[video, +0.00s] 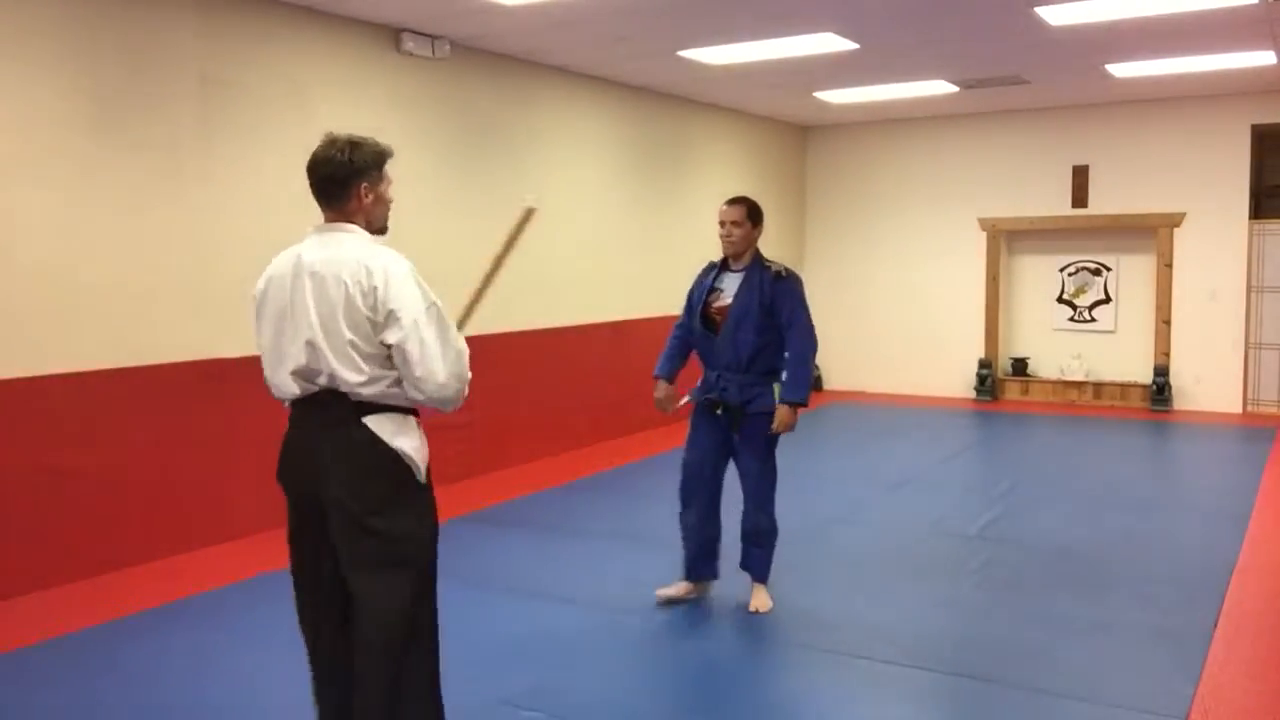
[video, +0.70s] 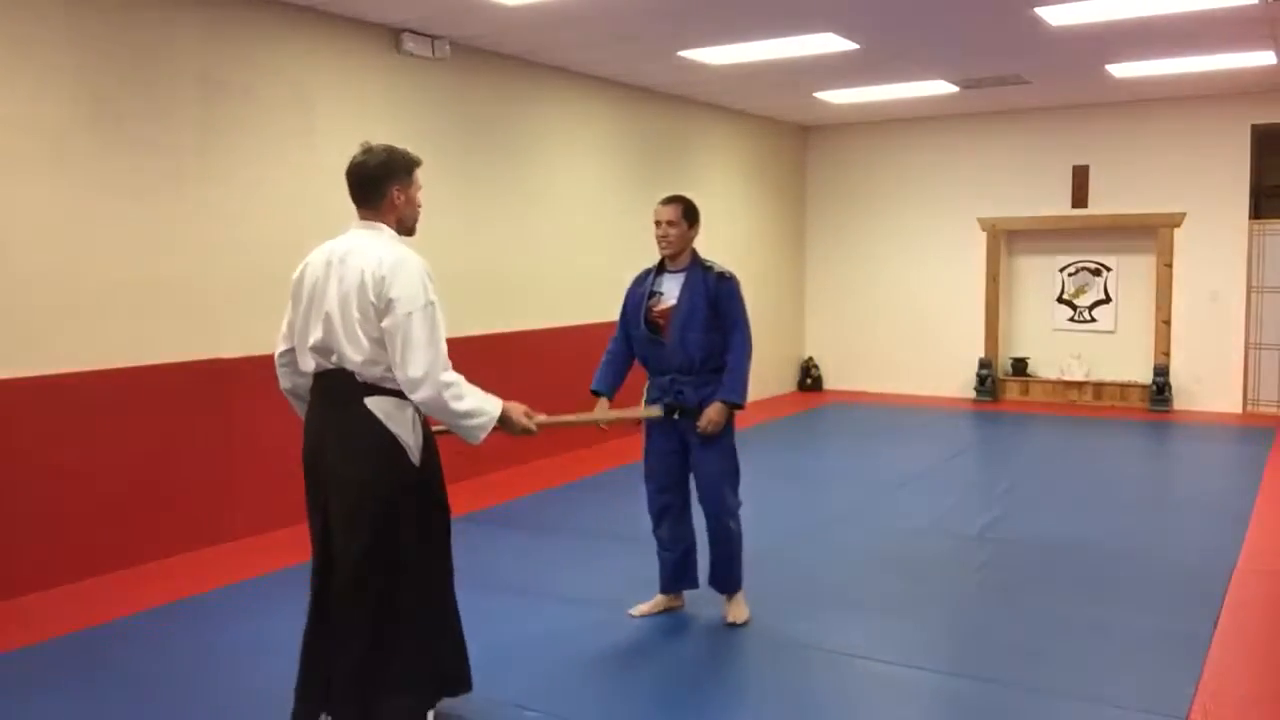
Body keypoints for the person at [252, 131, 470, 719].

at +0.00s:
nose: (391, 195)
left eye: (388, 183)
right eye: (384, 184)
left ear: (328, 196)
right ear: (361, 193)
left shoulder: (277, 273)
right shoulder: (385, 269)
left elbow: (281, 371)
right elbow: (443, 383)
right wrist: (439, 335)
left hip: (304, 450)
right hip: (377, 453)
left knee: (326, 617)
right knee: (394, 619)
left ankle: (338, 713)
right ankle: (398, 714)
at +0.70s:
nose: (422, 200)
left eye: (420, 189)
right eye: (416, 190)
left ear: (367, 198)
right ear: (394, 196)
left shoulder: (315, 262)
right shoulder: (400, 265)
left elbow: (289, 365)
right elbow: (425, 378)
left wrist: (327, 414)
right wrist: (497, 410)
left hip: (326, 424)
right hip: (384, 429)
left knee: (339, 573)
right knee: (399, 570)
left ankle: (328, 703)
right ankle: (402, 703)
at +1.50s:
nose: (393, 203)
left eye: (390, 192)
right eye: (387, 193)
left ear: (342, 201)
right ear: (361, 200)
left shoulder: (299, 259)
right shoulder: (359, 264)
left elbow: (283, 348)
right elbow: (380, 366)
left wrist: (333, 384)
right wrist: (418, 449)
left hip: (294, 425)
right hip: (344, 431)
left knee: (302, 565)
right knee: (371, 568)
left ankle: (299, 695)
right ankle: (379, 700)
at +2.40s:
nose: (389, 223)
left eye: (388, 212)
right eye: (386, 214)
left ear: (333, 220)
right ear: (368, 219)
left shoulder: (294, 280)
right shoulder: (376, 287)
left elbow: (281, 367)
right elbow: (417, 388)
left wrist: (343, 375)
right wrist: (474, 407)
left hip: (304, 430)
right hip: (365, 435)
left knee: (321, 565)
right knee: (424, 561)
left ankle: (313, 703)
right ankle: (401, 701)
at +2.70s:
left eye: (354, 212)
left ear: (349, 218)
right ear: (405, 214)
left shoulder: (328, 289)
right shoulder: (451, 279)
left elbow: (291, 390)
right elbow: (482, 356)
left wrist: (289, 430)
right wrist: (429, 344)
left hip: (364, 444)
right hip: (444, 440)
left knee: (346, 580)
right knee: (449, 586)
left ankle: (323, 696)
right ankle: (456, 706)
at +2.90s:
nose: (357, 217)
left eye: (356, 211)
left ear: (356, 214)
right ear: (413, 213)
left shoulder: (347, 267)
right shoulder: (457, 269)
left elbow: (330, 341)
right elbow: (467, 341)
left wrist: (275, 417)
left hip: (392, 441)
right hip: (470, 433)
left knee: (354, 593)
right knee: (474, 588)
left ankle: (364, 705)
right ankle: (476, 705)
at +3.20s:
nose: (388, 282)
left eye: (388, 274)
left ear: (389, 278)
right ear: (443, 278)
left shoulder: (384, 325)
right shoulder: (477, 330)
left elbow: (328, 405)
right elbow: (505, 412)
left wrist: (274, 471)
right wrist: (417, 476)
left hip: (447, 480)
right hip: (517, 474)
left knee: (379, 619)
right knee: (501, 617)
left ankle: (367, 705)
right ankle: (505, 706)